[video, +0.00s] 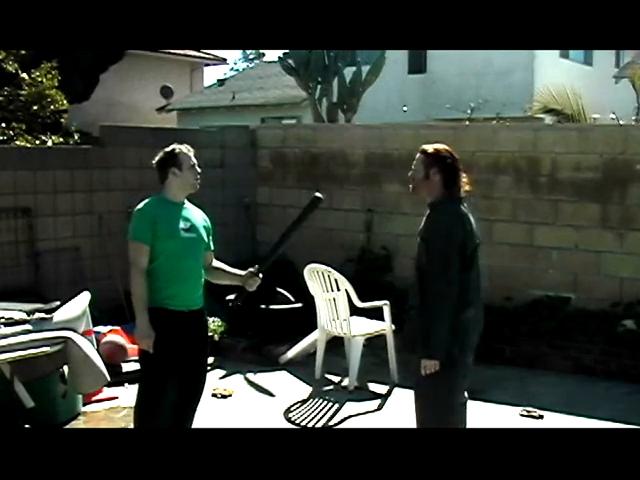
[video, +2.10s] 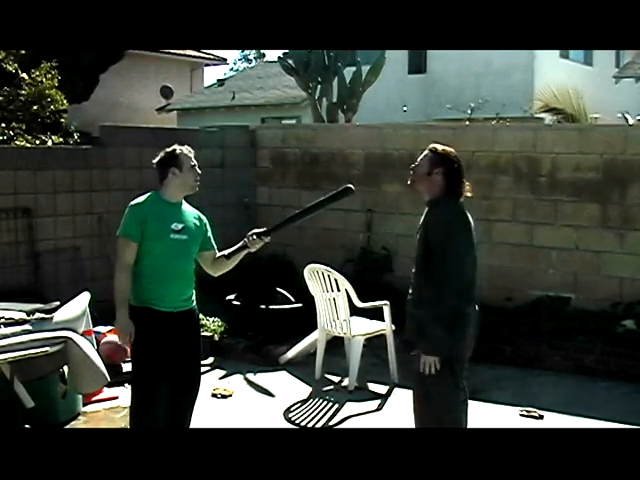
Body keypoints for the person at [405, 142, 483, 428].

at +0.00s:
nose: (410, 176)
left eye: (416, 170)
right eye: (412, 169)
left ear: (435, 176)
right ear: (435, 177)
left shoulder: (445, 220)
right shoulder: (448, 215)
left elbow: (440, 288)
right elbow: (441, 286)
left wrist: (433, 349)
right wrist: (431, 342)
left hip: (445, 342)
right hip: (450, 339)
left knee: (436, 416)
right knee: (444, 413)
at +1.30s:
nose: (413, 175)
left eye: (420, 170)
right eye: (416, 168)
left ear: (437, 177)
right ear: (438, 178)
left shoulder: (443, 216)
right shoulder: (449, 212)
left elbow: (436, 283)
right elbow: (437, 280)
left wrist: (413, 338)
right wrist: (415, 323)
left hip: (447, 332)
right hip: (451, 329)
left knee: (437, 409)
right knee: (443, 407)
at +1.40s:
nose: (414, 167)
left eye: (422, 164)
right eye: (418, 162)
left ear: (438, 176)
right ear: (437, 177)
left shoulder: (444, 212)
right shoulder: (444, 209)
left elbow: (435, 277)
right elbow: (440, 273)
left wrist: (404, 319)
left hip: (447, 326)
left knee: (436, 404)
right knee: (444, 402)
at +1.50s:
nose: (413, 169)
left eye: (421, 166)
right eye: (418, 164)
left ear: (439, 177)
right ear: (438, 177)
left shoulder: (451, 209)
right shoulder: (437, 207)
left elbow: (432, 248)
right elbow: (414, 240)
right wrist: (406, 261)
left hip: (449, 328)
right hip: (436, 323)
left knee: (437, 404)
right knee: (436, 401)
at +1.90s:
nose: (414, 171)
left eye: (420, 166)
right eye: (417, 165)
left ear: (438, 177)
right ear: (438, 177)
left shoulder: (449, 212)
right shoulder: (441, 210)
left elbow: (442, 262)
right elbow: (420, 251)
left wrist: (402, 276)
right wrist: (396, 270)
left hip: (445, 321)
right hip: (435, 317)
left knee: (439, 394)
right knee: (432, 391)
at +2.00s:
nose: (413, 173)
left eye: (420, 167)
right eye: (416, 166)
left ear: (438, 175)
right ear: (437, 176)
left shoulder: (447, 216)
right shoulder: (442, 213)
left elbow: (435, 279)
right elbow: (427, 276)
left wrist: (408, 319)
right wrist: (406, 315)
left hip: (444, 324)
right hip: (442, 321)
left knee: (436, 399)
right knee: (439, 396)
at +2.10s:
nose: (412, 169)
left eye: (418, 165)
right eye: (415, 163)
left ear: (436, 177)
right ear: (435, 177)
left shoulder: (446, 219)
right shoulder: (442, 214)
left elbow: (445, 288)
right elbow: (440, 285)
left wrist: (433, 344)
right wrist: (426, 338)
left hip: (441, 339)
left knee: (438, 414)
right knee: (437, 413)